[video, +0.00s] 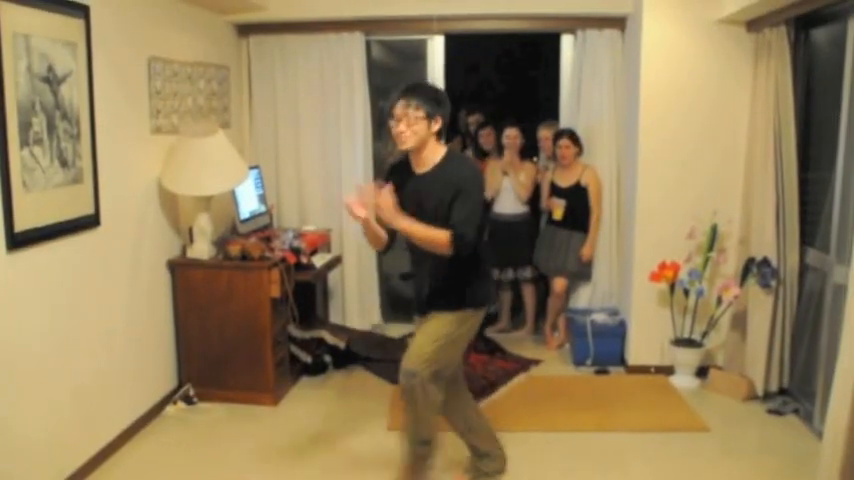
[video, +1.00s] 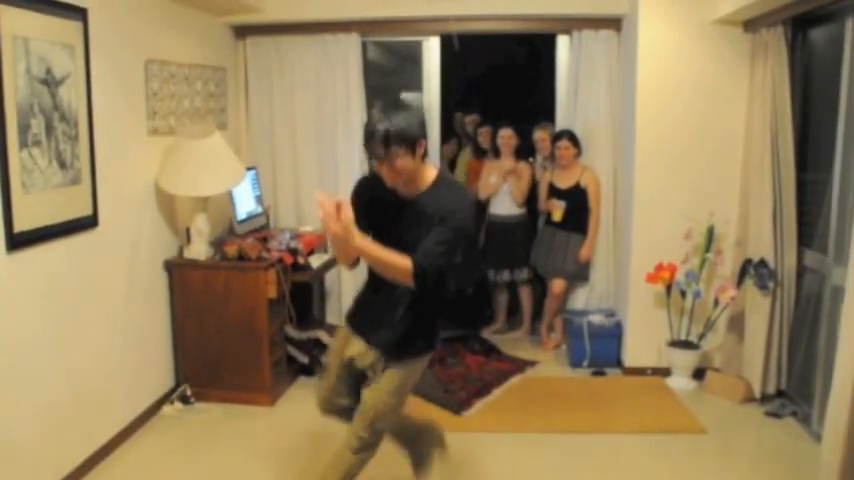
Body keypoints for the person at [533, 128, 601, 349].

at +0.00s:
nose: (563, 152)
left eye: (568, 147)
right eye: (559, 147)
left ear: (577, 149)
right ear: (554, 151)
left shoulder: (588, 174)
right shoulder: (550, 175)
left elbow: (595, 210)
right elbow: (543, 203)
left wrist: (590, 242)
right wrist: (550, 204)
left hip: (576, 234)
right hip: (553, 231)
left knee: (560, 285)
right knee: (557, 288)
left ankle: (549, 326)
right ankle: (563, 331)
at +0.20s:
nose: (563, 152)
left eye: (568, 147)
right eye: (559, 147)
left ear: (577, 150)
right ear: (554, 151)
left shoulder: (588, 174)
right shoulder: (549, 175)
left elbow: (595, 210)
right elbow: (541, 204)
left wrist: (590, 242)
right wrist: (549, 204)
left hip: (575, 234)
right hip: (553, 232)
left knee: (560, 286)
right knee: (557, 287)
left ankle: (548, 326)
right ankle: (561, 330)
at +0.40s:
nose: (563, 152)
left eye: (568, 147)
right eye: (559, 148)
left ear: (577, 150)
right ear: (554, 151)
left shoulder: (588, 175)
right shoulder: (549, 175)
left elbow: (594, 211)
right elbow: (542, 204)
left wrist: (589, 243)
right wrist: (549, 205)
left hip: (575, 234)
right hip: (552, 232)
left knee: (559, 286)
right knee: (557, 288)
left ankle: (547, 326)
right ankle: (561, 331)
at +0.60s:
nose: (563, 153)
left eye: (568, 148)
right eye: (559, 148)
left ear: (577, 150)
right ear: (554, 152)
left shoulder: (588, 175)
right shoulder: (549, 176)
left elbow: (594, 211)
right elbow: (541, 205)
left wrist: (589, 243)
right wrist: (550, 205)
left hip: (575, 235)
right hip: (552, 232)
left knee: (559, 286)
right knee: (556, 288)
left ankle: (546, 326)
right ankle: (560, 331)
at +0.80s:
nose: (563, 153)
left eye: (567, 148)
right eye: (559, 148)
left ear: (577, 150)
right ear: (554, 152)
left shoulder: (588, 175)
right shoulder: (549, 176)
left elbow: (594, 212)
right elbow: (541, 205)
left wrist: (589, 244)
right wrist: (550, 205)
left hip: (574, 235)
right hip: (552, 232)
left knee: (559, 287)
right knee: (554, 288)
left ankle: (545, 325)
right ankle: (559, 332)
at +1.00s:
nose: (562, 153)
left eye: (567, 148)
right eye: (558, 148)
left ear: (576, 150)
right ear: (554, 152)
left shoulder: (587, 176)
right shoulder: (548, 176)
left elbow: (594, 211)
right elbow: (540, 205)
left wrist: (589, 243)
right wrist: (549, 205)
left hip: (574, 235)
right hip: (552, 232)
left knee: (558, 286)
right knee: (554, 288)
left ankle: (545, 326)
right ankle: (559, 331)